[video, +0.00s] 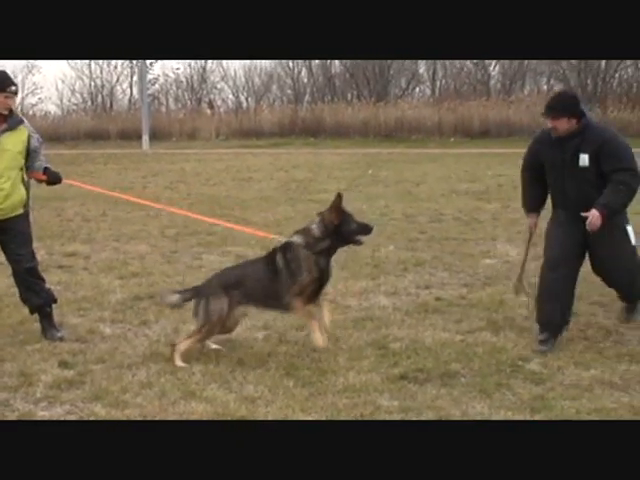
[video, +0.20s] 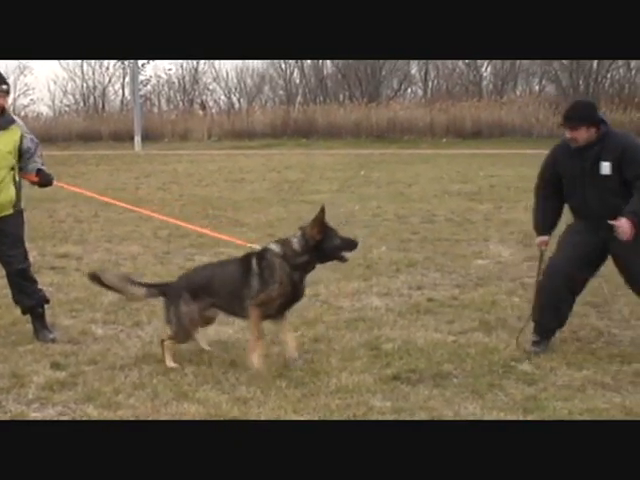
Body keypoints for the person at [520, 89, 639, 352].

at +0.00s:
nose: (550, 124)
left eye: (555, 119)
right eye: (549, 119)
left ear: (573, 119)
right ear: (549, 118)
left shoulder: (603, 140)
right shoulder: (543, 144)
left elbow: (627, 177)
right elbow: (532, 175)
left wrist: (602, 210)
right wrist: (533, 209)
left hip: (605, 218)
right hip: (565, 218)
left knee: (616, 267)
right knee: (555, 270)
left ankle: (632, 298)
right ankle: (549, 328)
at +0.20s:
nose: (569, 135)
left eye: (574, 129)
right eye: (567, 129)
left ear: (593, 129)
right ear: (565, 129)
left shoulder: (624, 148)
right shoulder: (561, 154)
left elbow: (638, 187)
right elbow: (548, 191)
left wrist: (631, 218)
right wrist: (543, 229)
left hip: (623, 229)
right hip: (586, 228)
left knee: (637, 280)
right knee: (557, 274)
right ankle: (543, 333)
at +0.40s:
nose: (599, 138)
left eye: (606, 133)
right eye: (597, 132)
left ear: (623, 132)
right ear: (592, 129)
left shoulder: (635, 151)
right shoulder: (582, 150)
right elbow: (565, 181)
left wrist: (639, 206)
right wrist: (566, 220)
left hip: (635, 233)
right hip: (603, 231)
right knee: (570, 277)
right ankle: (544, 334)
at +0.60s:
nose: (605, 142)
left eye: (611, 139)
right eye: (604, 136)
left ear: (629, 141)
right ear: (601, 132)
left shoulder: (635, 163)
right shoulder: (588, 150)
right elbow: (567, 175)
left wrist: (637, 240)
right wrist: (562, 214)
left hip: (635, 232)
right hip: (600, 223)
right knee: (569, 271)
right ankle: (544, 332)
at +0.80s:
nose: (567, 123)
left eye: (572, 118)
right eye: (566, 118)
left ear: (589, 119)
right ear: (575, 118)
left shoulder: (625, 143)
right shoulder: (564, 141)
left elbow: (636, 190)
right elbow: (550, 174)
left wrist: (619, 228)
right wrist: (544, 211)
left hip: (623, 225)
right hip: (583, 220)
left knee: (636, 282)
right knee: (556, 269)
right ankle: (567, 335)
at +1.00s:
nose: (526, 126)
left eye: (528, 121)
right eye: (525, 121)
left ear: (543, 117)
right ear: (541, 117)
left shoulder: (575, 132)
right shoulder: (549, 134)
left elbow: (570, 178)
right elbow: (546, 171)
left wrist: (527, 186)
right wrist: (536, 205)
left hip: (594, 217)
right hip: (561, 215)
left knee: (604, 281)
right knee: (530, 260)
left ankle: (636, 340)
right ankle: (538, 324)